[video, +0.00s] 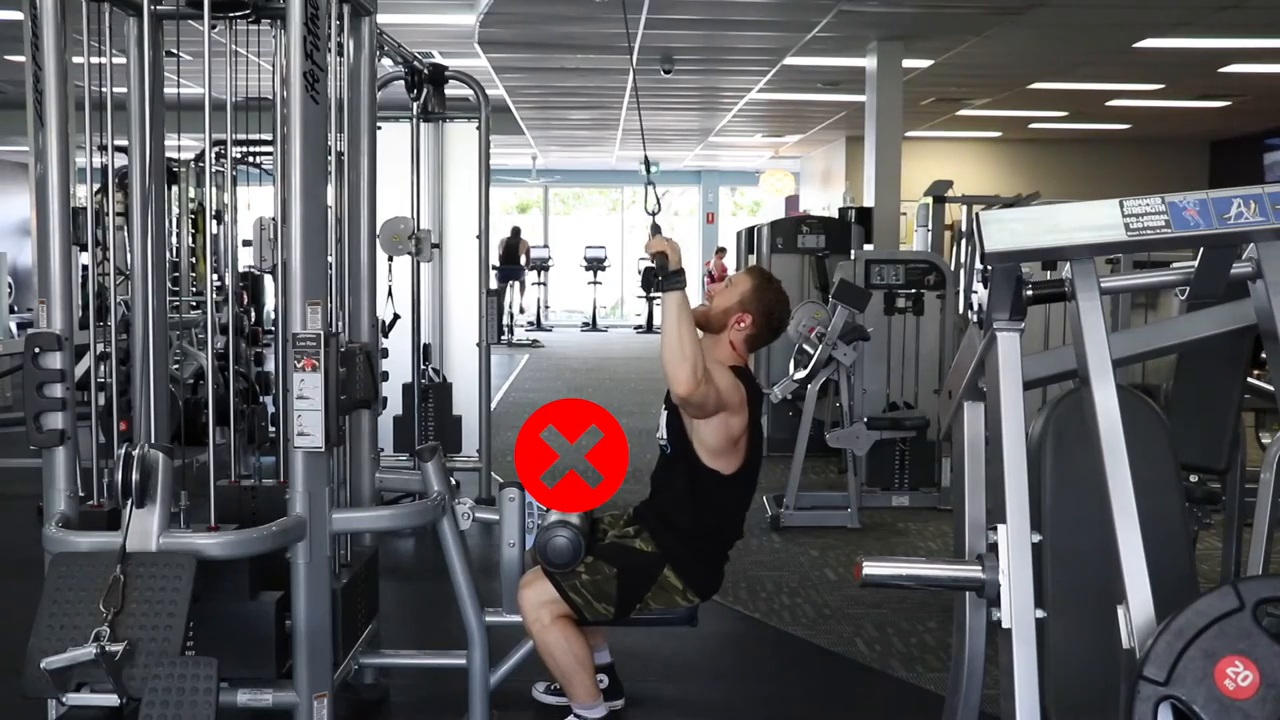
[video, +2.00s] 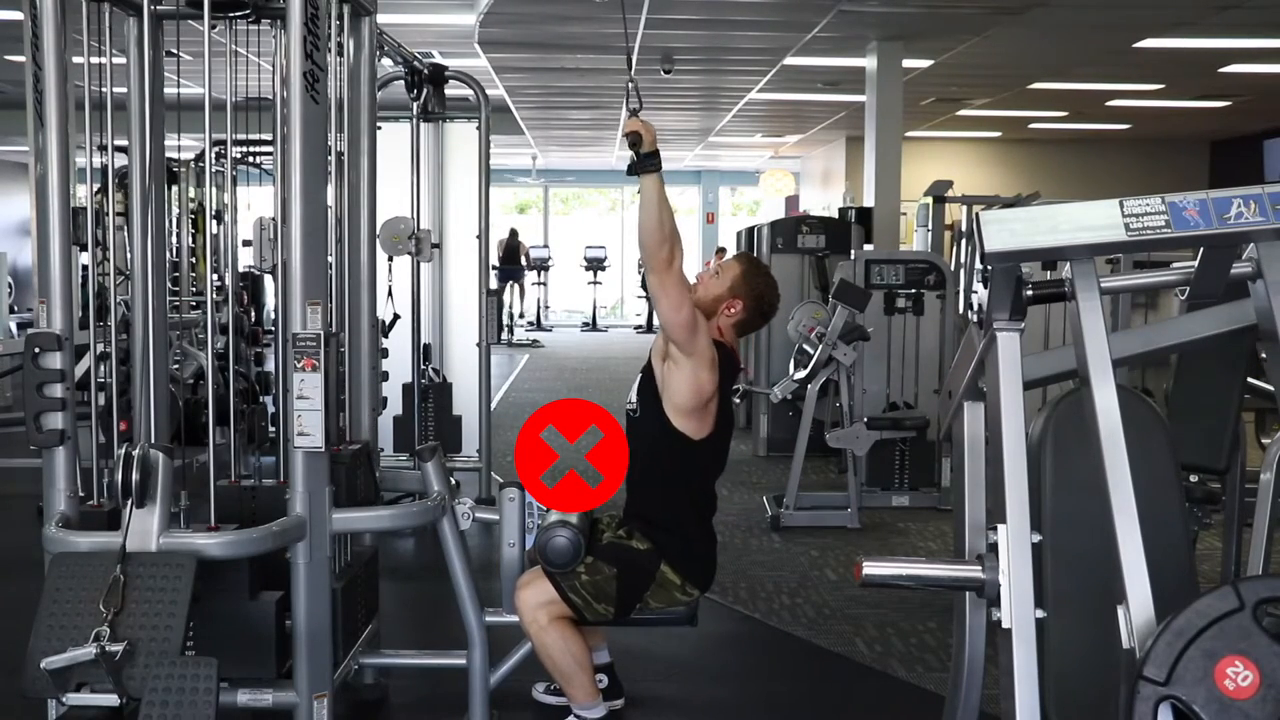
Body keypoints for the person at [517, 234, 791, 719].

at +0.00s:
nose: (713, 286)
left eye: (725, 285)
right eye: (722, 280)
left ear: (739, 322)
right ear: (740, 326)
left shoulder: (727, 387)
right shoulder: (716, 363)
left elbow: (687, 389)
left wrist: (673, 278)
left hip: (678, 560)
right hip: (658, 527)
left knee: (537, 596)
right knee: (556, 539)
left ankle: (588, 711)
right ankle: (597, 673)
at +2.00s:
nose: (702, 267)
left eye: (716, 268)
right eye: (715, 260)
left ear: (728, 306)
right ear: (731, 311)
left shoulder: (693, 348)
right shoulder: (700, 346)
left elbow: (661, 258)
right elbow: (663, 259)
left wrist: (646, 156)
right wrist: (646, 164)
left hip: (668, 555)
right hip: (661, 538)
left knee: (533, 595)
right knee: (550, 548)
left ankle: (589, 709)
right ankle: (592, 670)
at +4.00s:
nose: (708, 276)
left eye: (722, 277)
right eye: (717, 271)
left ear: (736, 316)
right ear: (735, 318)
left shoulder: (714, 375)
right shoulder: (706, 360)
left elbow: (676, 312)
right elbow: (679, 307)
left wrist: (659, 209)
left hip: (675, 565)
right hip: (655, 534)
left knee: (536, 596)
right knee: (553, 545)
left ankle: (589, 709)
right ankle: (594, 671)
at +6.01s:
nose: (831, 349)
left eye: (846, 349)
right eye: (842, 343)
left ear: (860, 386)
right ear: (857, 385)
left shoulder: (827, 443)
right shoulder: (811, 409)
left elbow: (794, 502)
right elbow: (763, 431)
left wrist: (780, 410)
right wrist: (764, 390)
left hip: (682, 562)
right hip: (665, 524)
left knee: (540, 593)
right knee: (553, 545)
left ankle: (590, 712)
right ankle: (595, 671)